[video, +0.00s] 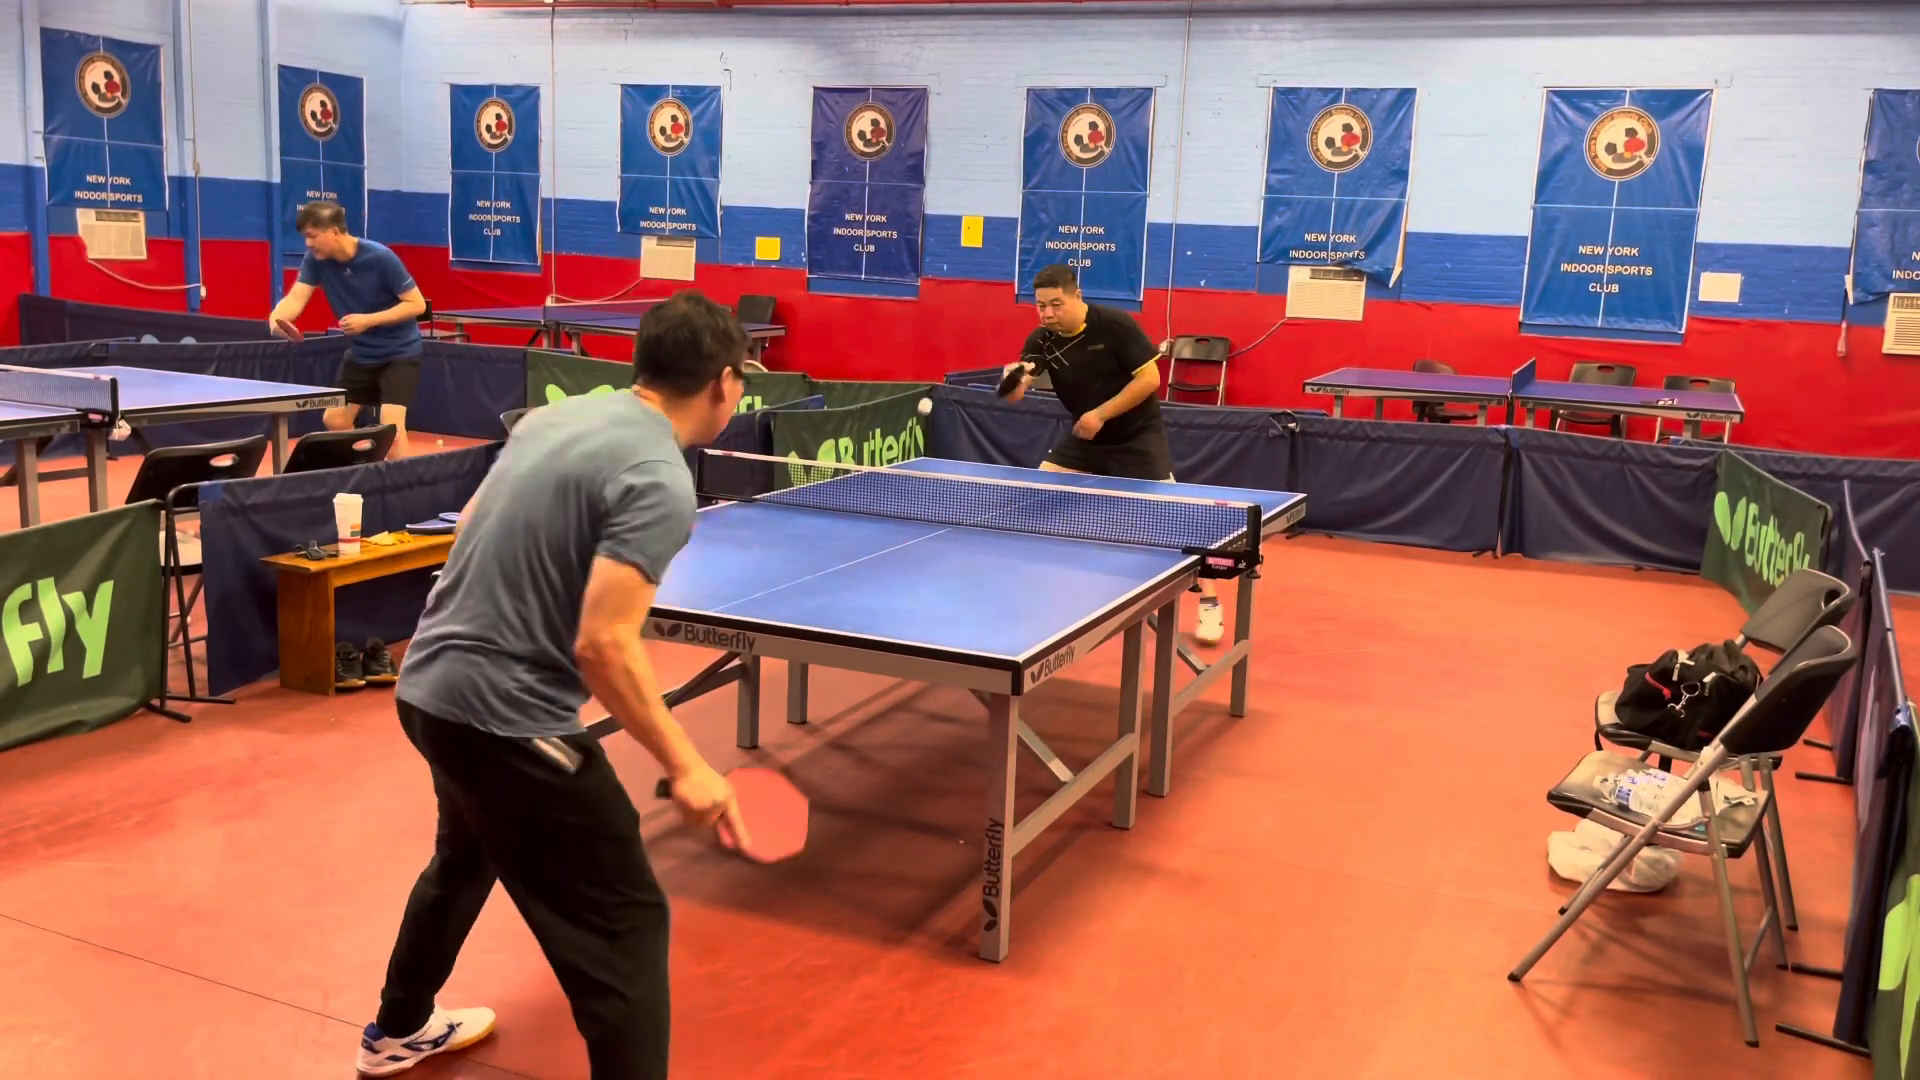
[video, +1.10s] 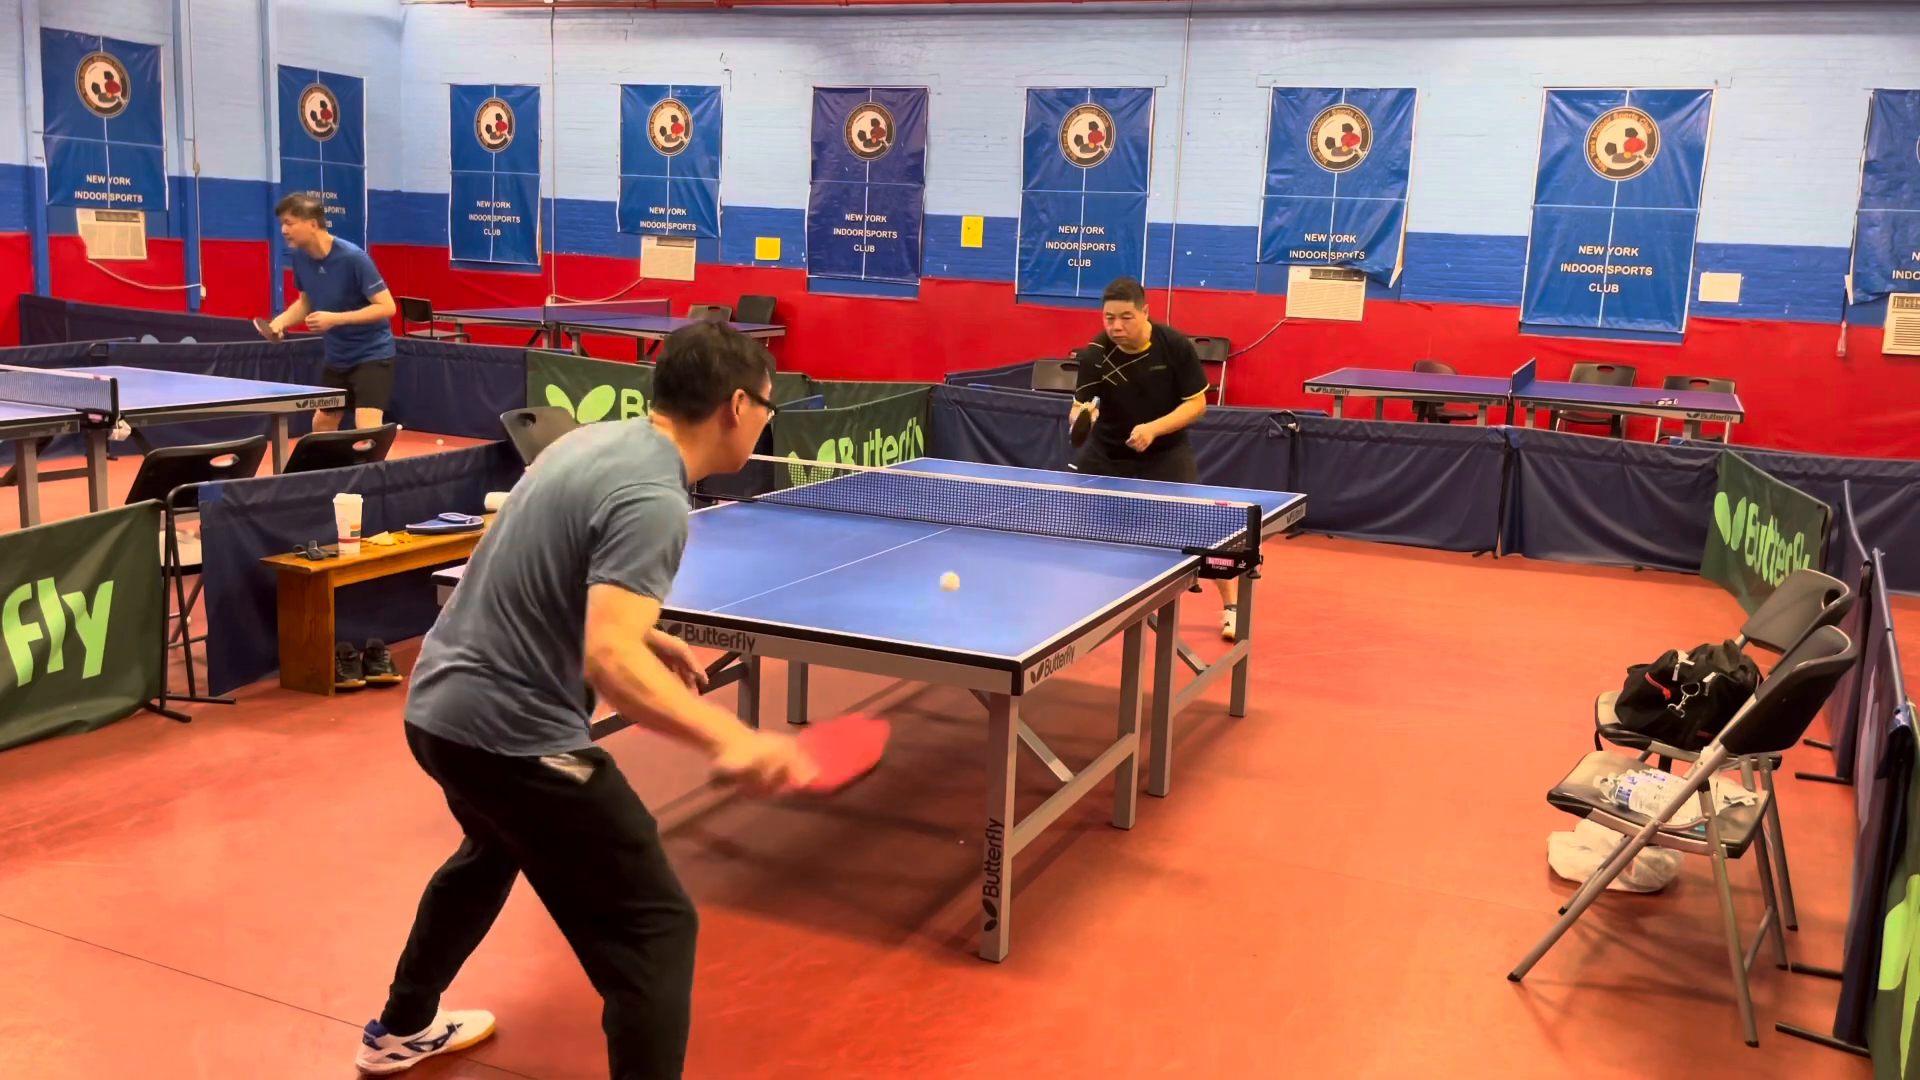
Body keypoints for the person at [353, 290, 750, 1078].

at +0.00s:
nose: (737, 403)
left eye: (740, 386)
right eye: (738, 386)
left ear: (644, 367)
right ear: (720, 384)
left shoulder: (550, 416)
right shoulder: (660, 475)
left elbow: (467, 531)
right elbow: (603, 644)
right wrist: (685, 767)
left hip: (431, 689)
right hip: (515, 717)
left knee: (464, 858)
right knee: (625, 922)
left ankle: (398, 1028)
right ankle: (631, 1068)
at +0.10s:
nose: (737, 430)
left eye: (741, 414)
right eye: (740, 413)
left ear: (647, 393)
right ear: (715, 411)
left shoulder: (578, 442)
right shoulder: (625, 493)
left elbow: (524, 571)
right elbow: (562, 654)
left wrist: (612, 631)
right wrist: (659, 776)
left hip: (432, 709)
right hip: (500, 731)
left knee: (495, 850)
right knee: (640, 921)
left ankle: (400, 1029)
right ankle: (634, 1067)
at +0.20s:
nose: (725, 425)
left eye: (729, 407)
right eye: (727, 406)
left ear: (633, 387)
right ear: (695, 402)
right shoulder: (610, 481)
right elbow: (586, 653)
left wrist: (669, 660)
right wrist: (734, 688)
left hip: (437, 714)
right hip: (506, 732)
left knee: (501, 846)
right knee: (652, 921)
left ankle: (400, 1027)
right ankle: (644, 1071)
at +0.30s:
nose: (702, 382)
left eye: (705, 364)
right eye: (703, 363)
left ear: (603, 347)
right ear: (669, 357)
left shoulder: (515, 404)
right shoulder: (623, 449)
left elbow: (497, 542)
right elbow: (706, 592)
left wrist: (596, 607)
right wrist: (804, 541)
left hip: (434, 689)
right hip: (516, 710)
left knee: (481, 848)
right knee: (633, 912)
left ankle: (400, 1028)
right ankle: (641, 1071)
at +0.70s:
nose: (710, 396)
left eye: (708, 381)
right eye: (709, 381)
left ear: (608, 368)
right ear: (692, 383)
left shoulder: (508, 427)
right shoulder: (678, 491)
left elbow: (430, 551)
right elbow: (692, 644)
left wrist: (515, 595)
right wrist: (748, 582)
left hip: (440, 719)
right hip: (550, 741)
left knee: (475, 848)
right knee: (674, 928)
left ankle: (399, 1027)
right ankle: (662, 1072)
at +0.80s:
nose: (734, 400)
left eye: (736, 384)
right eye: (736, 384)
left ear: (641, 367)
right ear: (721, 382)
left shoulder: (536, 419)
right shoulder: (683, 487)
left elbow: (460, 534)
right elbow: (641, 654)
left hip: (432, 694)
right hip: (529, 720)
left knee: (462, 855)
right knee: (642, 928)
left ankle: (397, 1028)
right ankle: (646, 1070)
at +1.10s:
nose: (762, 425)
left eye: (766, 409)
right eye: (763, 408)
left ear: (668, 392)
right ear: (733, 408)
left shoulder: (587, 442)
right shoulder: (654, 493)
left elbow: (550, 578)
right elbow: (610, 656)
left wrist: (647, 635)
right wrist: (733, 739)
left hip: (438, 708)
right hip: (519, 733)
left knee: (494, 848)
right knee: (655, 927)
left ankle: (402, 1026)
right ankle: (646, 1070)